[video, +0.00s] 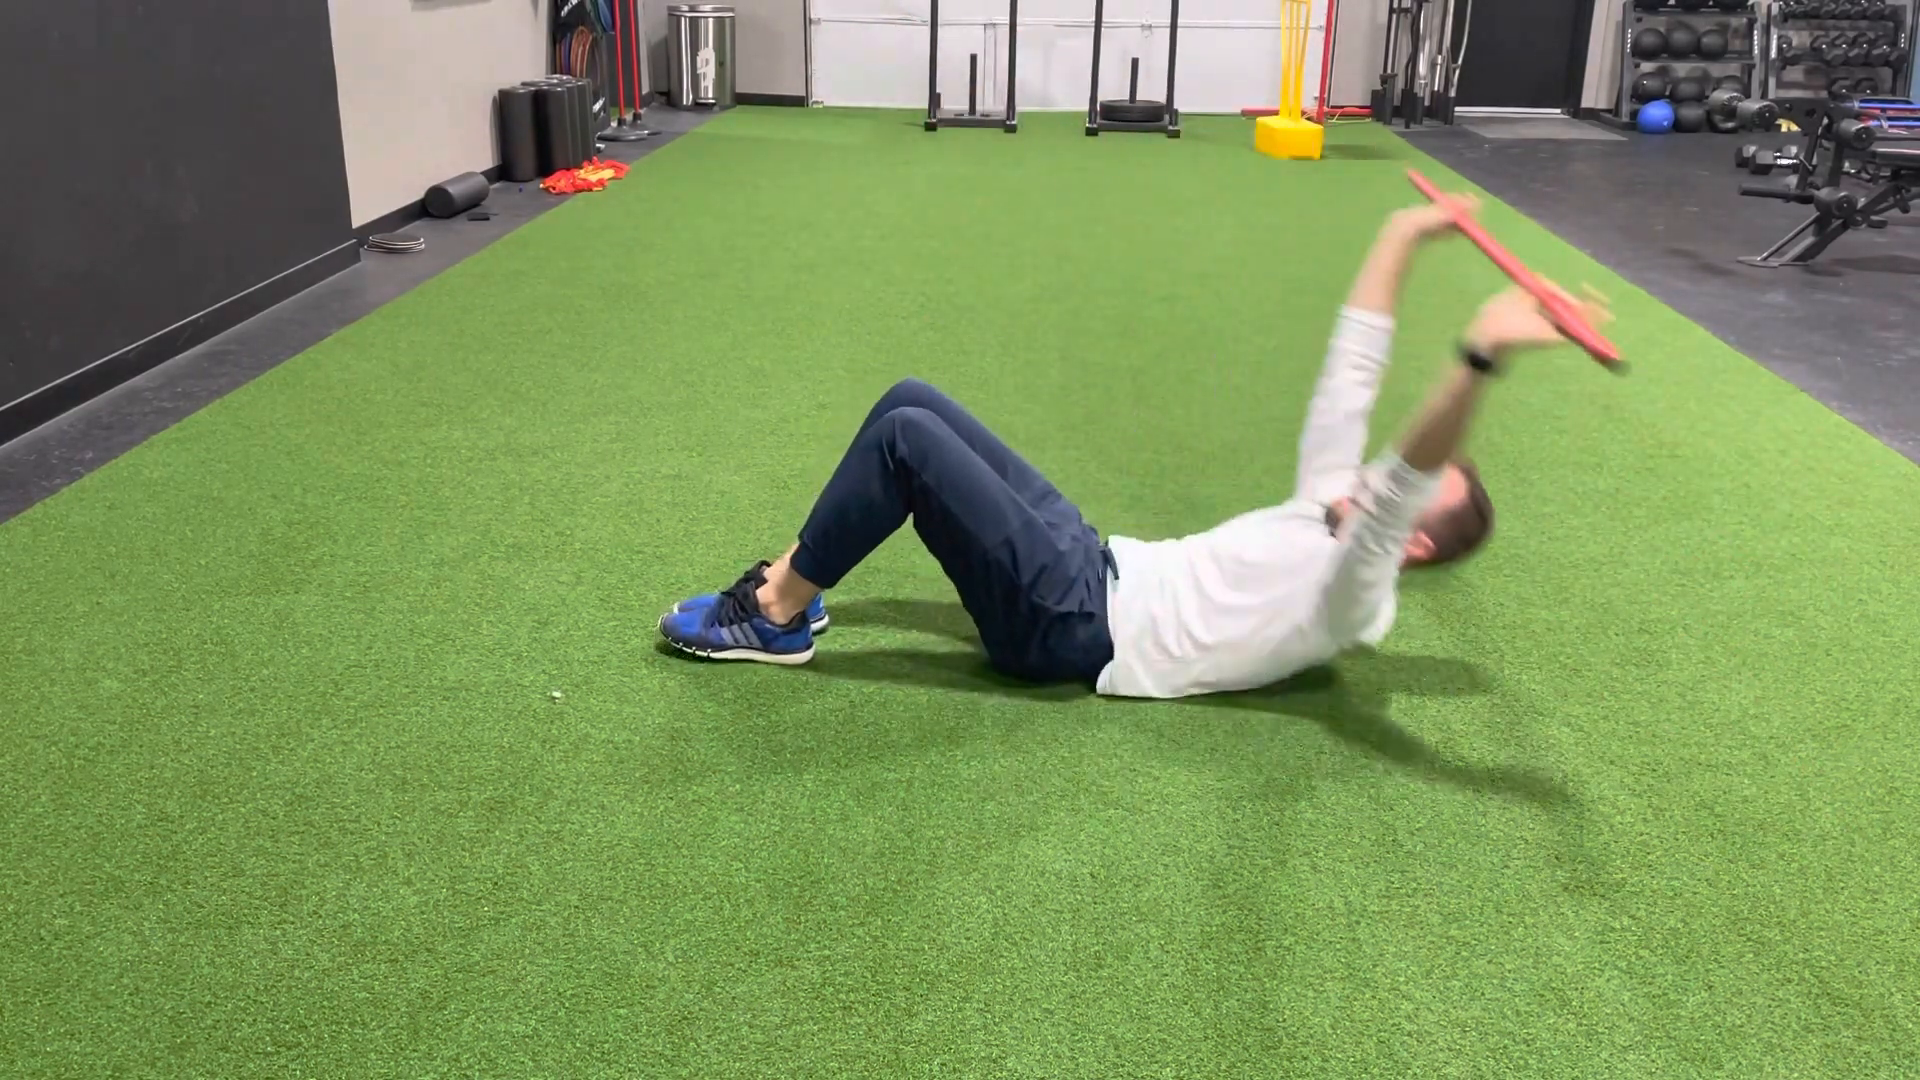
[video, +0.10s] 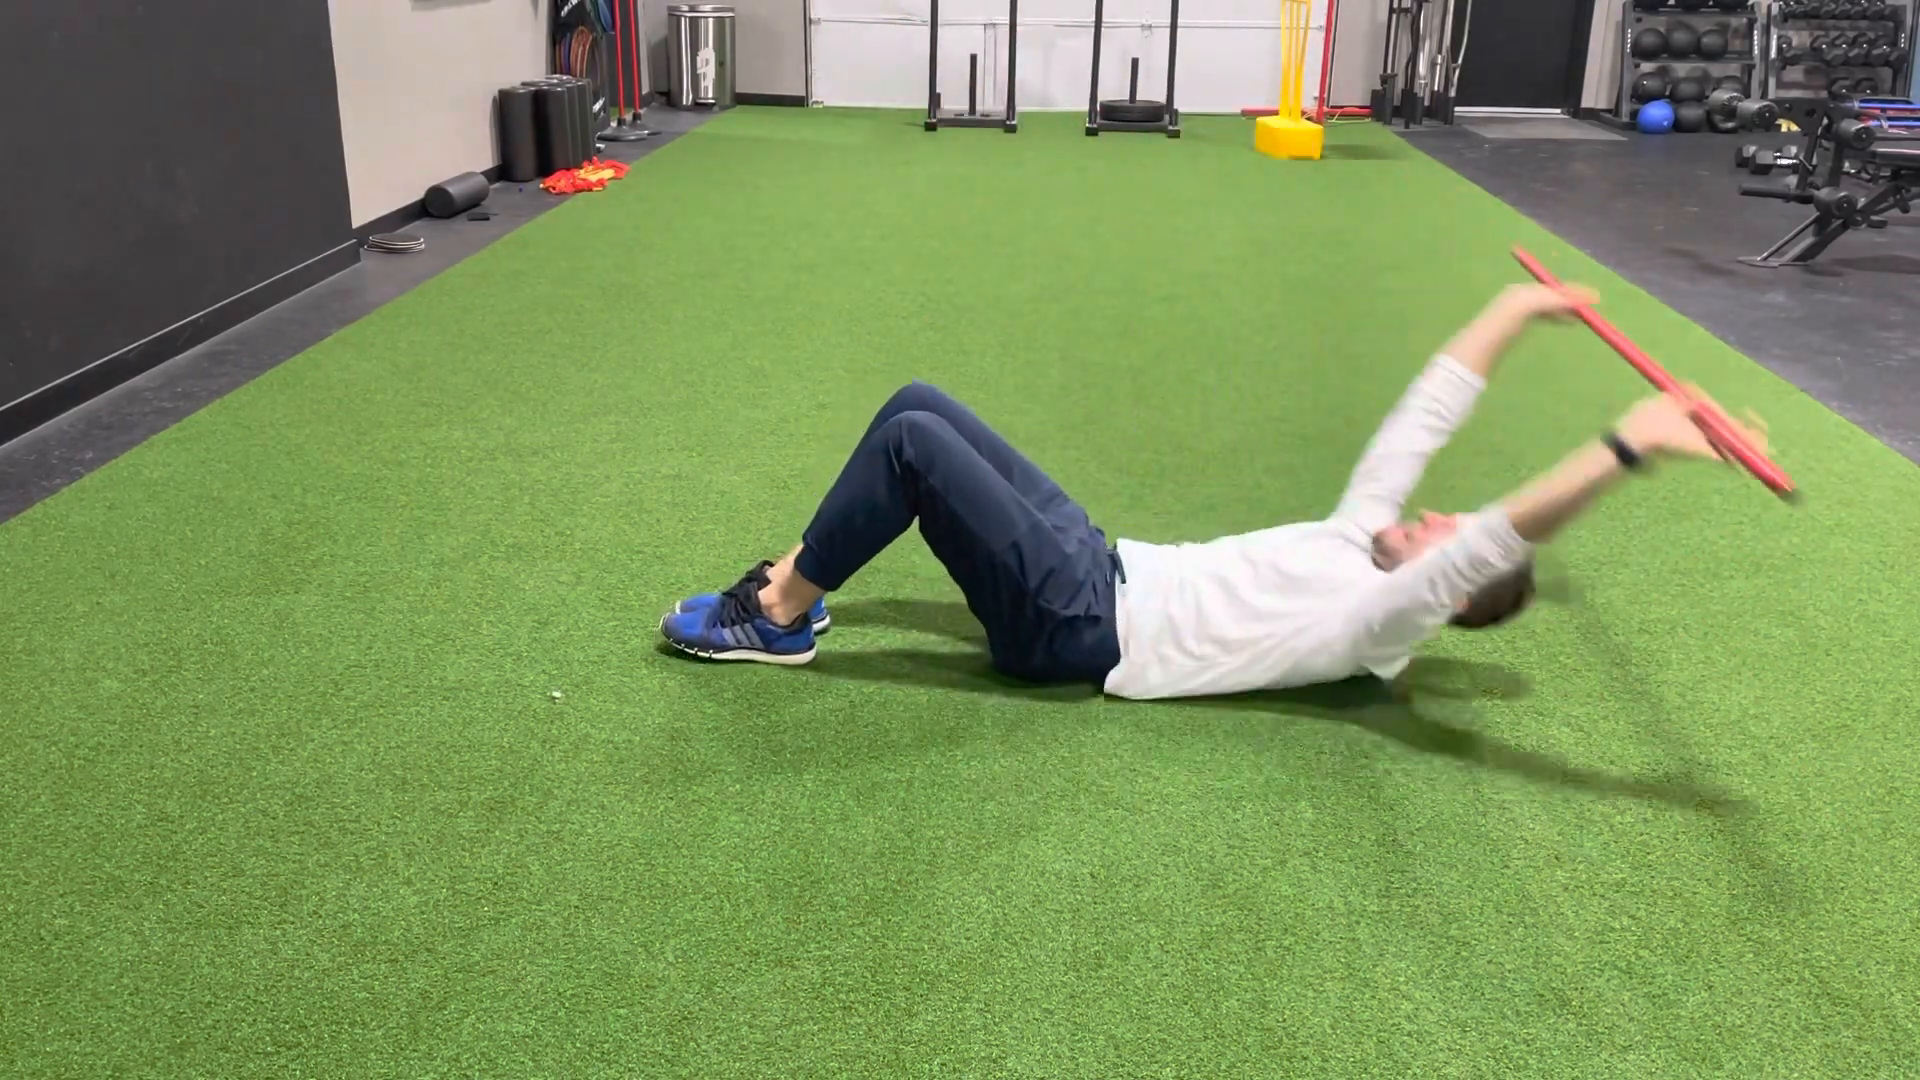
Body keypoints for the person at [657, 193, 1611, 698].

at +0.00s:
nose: (1413, 473)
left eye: (1434, 489)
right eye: (1424, 471)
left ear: (1432, 539)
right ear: (1395, 483)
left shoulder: (1353, 592)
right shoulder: (1325, 518)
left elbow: (1412, 469)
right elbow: (1353, 372)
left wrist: (1480, 354)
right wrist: (1400, 232)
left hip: (1084, 621)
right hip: (1092, 561)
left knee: (907, 435)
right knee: (909, 399)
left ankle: (776, 609)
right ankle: (789, 584)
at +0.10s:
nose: (1428, 522)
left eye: (1453, 537)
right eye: (1440, 514)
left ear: (1456, 580)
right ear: (1422, 517)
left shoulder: (1384, 616)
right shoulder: (1356, 541)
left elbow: (1508, 536)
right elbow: (1420, 419)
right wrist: (1512, 303)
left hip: (1087, 617)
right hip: (1104, 566)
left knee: (911, 423)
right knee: (919, 407)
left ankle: (787, 606)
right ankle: (798, 581)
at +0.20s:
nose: (1461, 541)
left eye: (1480, 559)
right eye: (1472, 537)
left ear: (1484, 603)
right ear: (1449, 546)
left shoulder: (1407, 635)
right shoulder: (1380, 554)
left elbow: (1562, 583)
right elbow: (1466, 463)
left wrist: (1717, 534)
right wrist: (1578, 395)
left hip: (1094, 621)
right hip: (1108, 571)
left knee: (915, 432)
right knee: (922, 409)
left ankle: (783, 607)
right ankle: (794, 587)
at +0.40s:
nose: (1473, 564)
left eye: (1488, 584)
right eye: (1486, 565)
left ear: (1482, 629)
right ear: (1470, 577)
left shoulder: (1406, 656)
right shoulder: (1395, 578)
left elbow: (1571, 667)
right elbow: (1486, 526)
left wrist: (1737, 674)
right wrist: (1599, 505)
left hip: (1088, 619)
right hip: (1105, 567)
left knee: (909, 429)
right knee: (917, 404)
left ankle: (780, 609)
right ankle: (792, 585)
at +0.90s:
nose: (1464, 574)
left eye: (1479, 593)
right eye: (1478, 574)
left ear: (1473, 641)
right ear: (1459, 577)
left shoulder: (1398, 662)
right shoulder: (1387, 583)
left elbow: (1559, 689)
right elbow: (1483, 540)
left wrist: (1728, 702)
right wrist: (1595, 527)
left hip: (1083, 625)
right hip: (1099, 562)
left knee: (904, 433)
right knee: (914, 401)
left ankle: (782, 611)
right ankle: (797, 581)